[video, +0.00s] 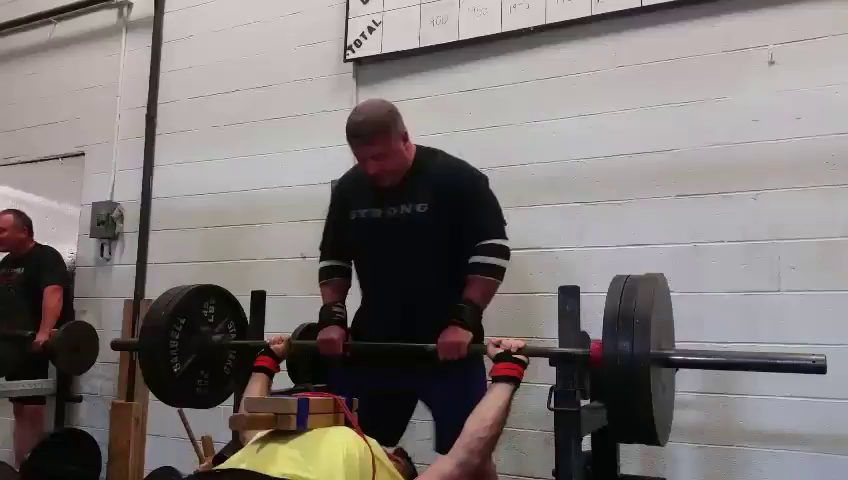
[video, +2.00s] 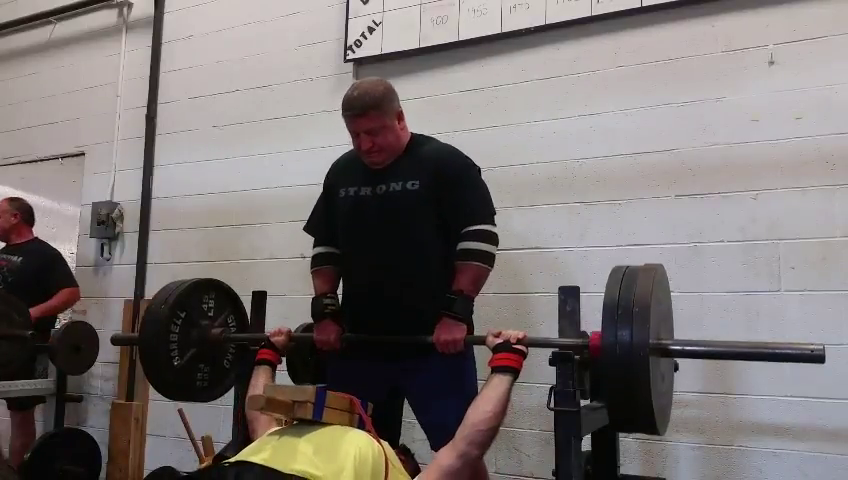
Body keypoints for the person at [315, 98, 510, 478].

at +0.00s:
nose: (371, 169)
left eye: (379, 158)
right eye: (363, 159)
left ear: (405, 140)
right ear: (352, 150)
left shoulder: (459, 181)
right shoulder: (349, 191)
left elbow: (491, 252)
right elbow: (334, 262)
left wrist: (464, 320)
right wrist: (333, 318)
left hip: (450, 344)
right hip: (378, 344)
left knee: (468, 459)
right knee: (360, 456)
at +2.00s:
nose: (366, 144)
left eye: (375, 133)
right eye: (356, 135)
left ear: (400, 120)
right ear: (348, 129)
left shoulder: (448, 166)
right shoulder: (342, 173)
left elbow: (479, 241)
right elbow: (326, 248)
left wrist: (456, 311)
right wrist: (325, 312)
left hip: (436, 341)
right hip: (360, 342)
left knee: (460, 456)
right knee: (356, 459)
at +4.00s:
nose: (369, 151)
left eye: (378, 140)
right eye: (360, 142)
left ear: (403, 127)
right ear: (352, 136)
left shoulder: (451, 177)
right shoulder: (345, 183)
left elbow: (486, 254)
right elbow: (328, 257)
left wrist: (486, 329)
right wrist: (316, 317)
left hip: (438, 345)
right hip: (365, 344)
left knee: (466, 455)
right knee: (367, 458)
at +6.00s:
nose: (361, 159)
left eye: (369, 148)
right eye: (351, 150)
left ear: (395, 131)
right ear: (342, 142)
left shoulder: (445, 177)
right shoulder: (338, 185)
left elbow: (478, 259)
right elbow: (325, 261)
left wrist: (474, 335)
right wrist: (315, 323)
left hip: (438, 339)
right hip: (365, 338)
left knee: (463, 450)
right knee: (367, 451)